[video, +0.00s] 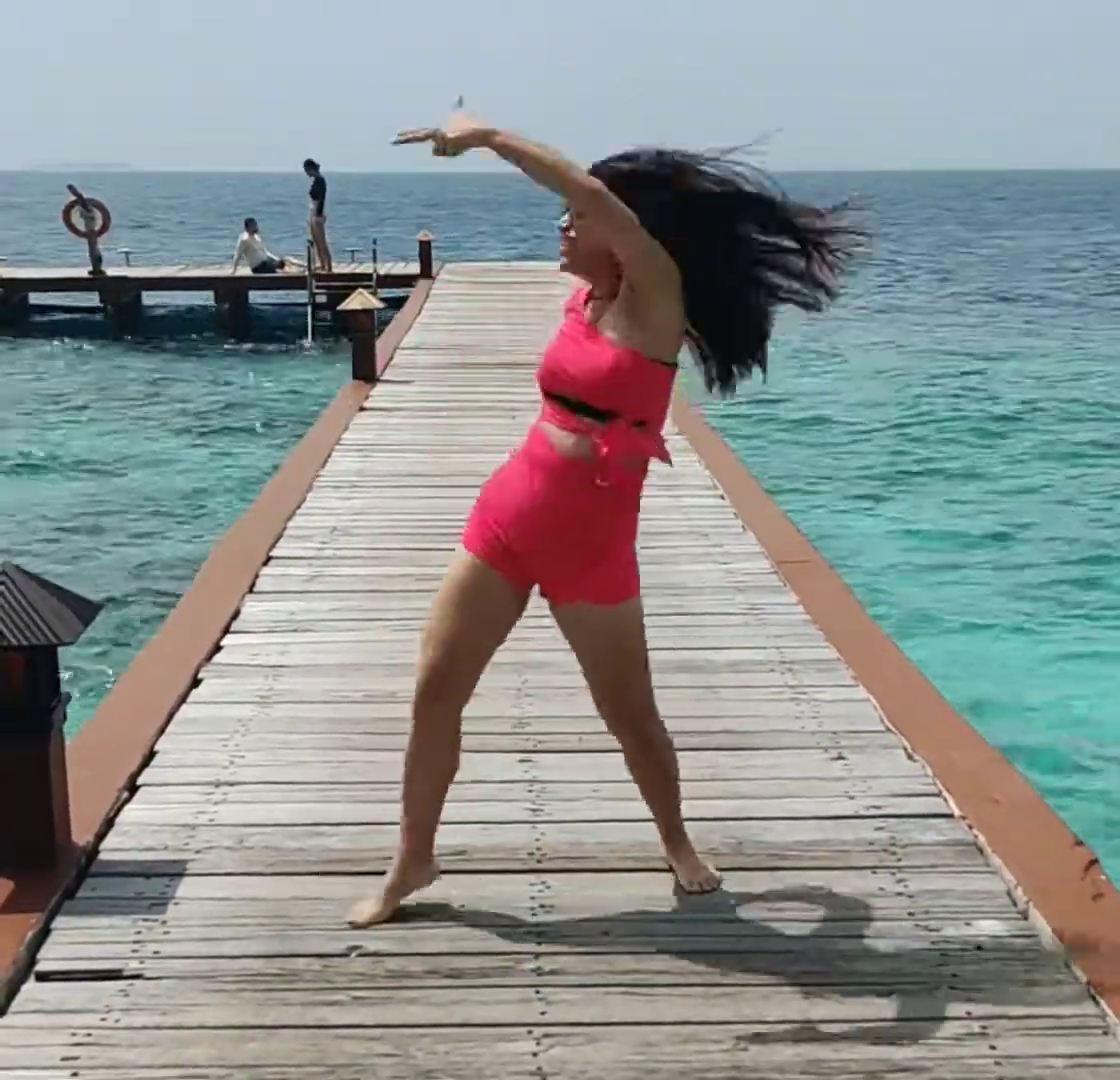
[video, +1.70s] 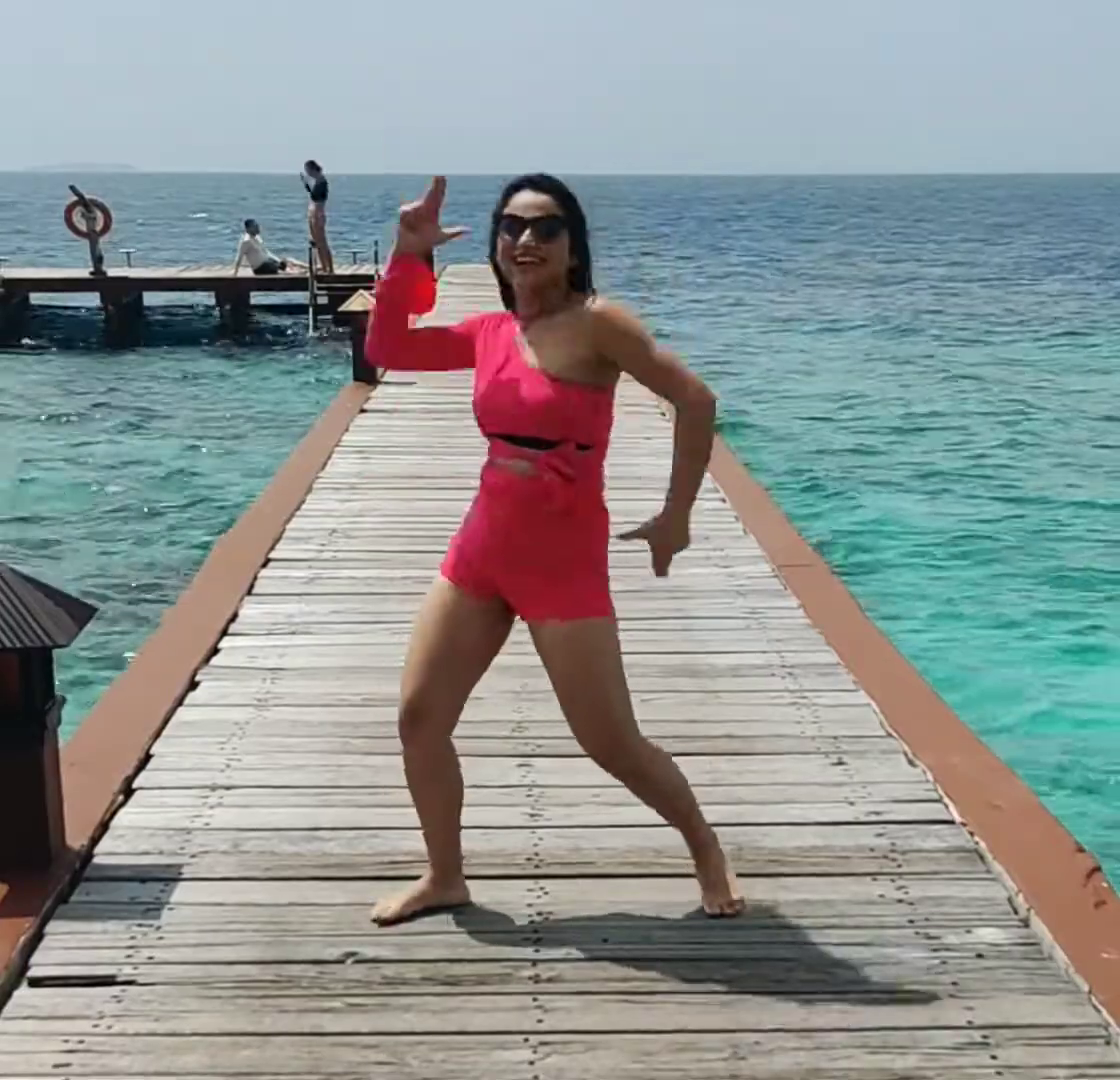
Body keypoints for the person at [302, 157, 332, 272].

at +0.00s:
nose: (307, 173)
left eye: (307, 170)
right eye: (306, 170)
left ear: (312, 169)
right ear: (312, 169)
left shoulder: (319, 181)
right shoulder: (316, 181)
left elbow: (320, 199)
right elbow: (316, 199)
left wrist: (317, 214)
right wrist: (311, 215)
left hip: (318, 214)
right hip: (313, 213)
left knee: (321, 241)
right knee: (316, 241)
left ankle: (328, 267)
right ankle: (322, 265)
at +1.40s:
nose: (306, 175)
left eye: (306, 172)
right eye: (305, 172)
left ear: (311, 170)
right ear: (313, 169)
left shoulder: (320, 181)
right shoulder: (317, 181)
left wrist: (318, 211)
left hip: (317, 212)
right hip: (313, 211)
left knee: (321, 241)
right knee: (316, 241)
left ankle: (329, 268)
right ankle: (323, 267)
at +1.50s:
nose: (306, 174)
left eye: (307, 171)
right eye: (305, 171)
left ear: (311, 170)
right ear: (312, 169)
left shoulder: (321, 181)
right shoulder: (316, 181)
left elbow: (330, 195)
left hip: (318, 211)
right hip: (312, 211)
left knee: (321, 241)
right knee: (316, 241)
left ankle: (329, 268)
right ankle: (324, 267)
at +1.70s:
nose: (308, 173)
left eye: (308, 171)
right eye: (307, 171)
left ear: (314, 169)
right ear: (313, 169)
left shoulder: (321, 182)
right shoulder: (317, 182)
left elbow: (315, 197)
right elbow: (314, 196)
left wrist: (306, 184)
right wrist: (306, 183)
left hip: (318, 211)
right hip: (312, 211)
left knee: (321, 241)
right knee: (316, 241)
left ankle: (329, 268)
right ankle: (323, 267)